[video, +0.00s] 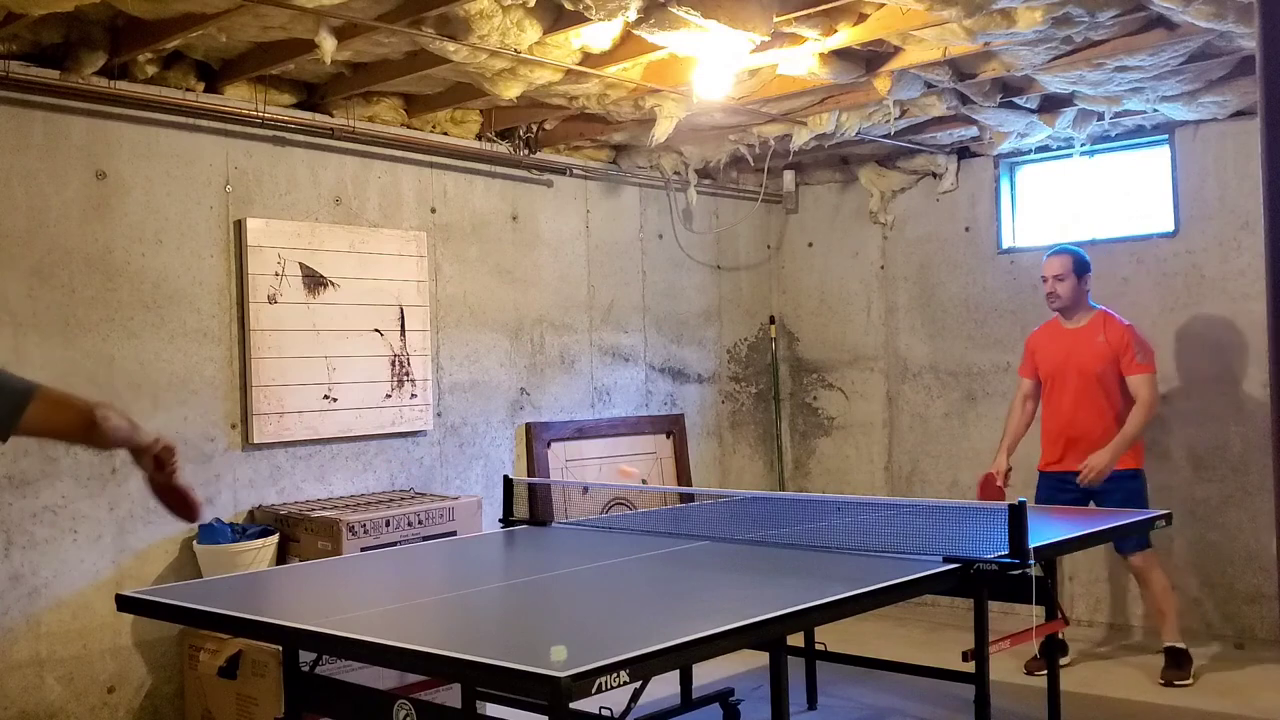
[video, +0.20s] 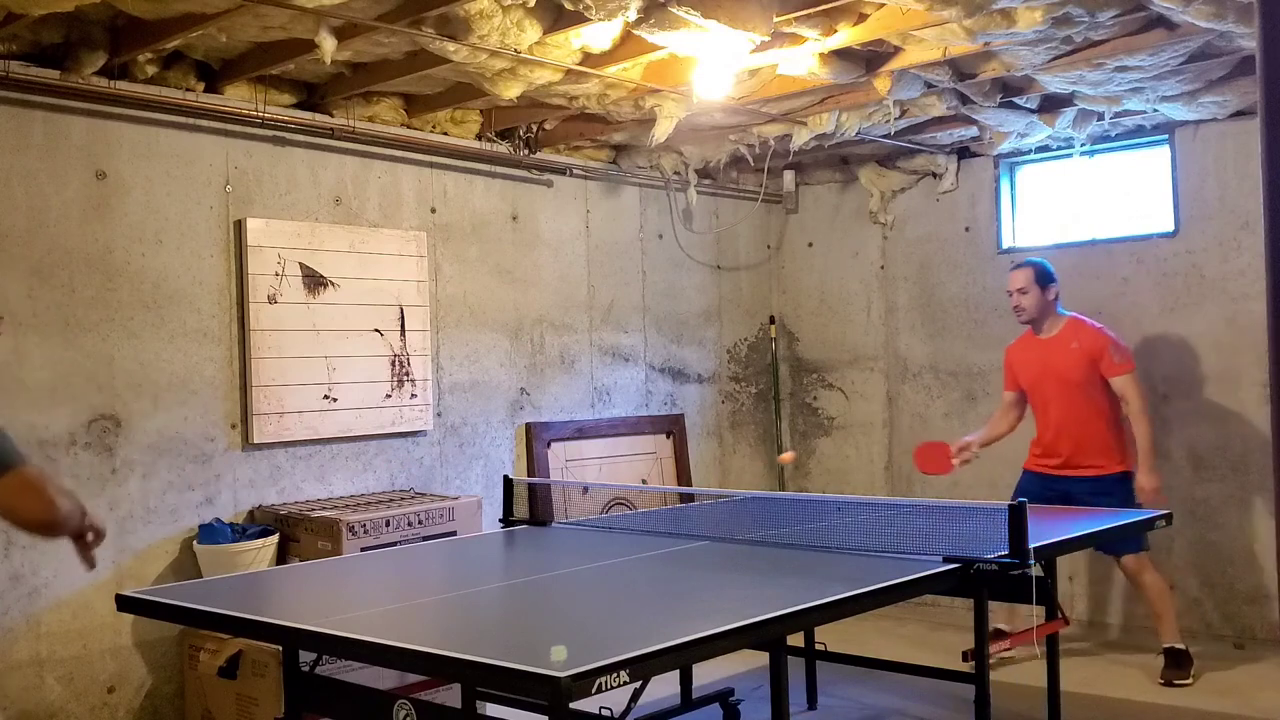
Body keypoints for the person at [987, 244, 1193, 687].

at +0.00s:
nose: (1049, 288)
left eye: (1058, 279)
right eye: (1044, 280)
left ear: (1084, 281)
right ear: (1043, 284)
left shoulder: (1119, 332)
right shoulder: (1039, 340)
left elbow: (1147, 401)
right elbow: (1026, 401)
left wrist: (1111, 452)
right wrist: (1004, 451)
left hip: (1117, 470)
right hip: (1057, 472)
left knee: (1138, 556)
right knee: (1041, 560)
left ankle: (1175, 647)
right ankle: (1052, 643)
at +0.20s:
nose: (1015, 302)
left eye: (1023, 293)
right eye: (1010, 295)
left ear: (1051, 292)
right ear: (1011, 300)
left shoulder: (1095, 339)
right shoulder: (1017, 352)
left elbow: (1134, 402)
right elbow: (1011, 410)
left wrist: (1146, 469)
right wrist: (976, 441)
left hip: (1104, 477)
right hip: (1043, 474)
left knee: (1134, 563)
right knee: (1004, 547)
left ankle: (1174, 648)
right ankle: (1008, 631)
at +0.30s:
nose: (987, 310)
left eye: (994, 300)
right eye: (983, 303)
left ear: (1023, 300)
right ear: (984, 308)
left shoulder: (1073, 342)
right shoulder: (991, 361)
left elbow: (1120, 393)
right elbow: (975, 419)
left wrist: (1156, 452)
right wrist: (935, 430)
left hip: (1090, 479)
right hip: (1027, 481)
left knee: (1126, 561)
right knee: (990, 555)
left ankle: (1174, 647)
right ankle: (980, 638)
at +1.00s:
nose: (1023, 304)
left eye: (1032, 295)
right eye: (1016, 296)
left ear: (1053, 298)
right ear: (1012, 301)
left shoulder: (1090, 349)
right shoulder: (1008, 358)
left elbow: (1123, 411)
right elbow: (999, 417)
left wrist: (1128, 477)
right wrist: (981, 472)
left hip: (1090, 484)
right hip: (1027, 483)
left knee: (1132, 564)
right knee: (984, 554)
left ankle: (1172, 647)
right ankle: (972, 639)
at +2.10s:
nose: (1001, 325)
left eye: (1000, 317)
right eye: (999, 318)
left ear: (1015, 312)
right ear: (1024, 309)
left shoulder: (1074, 349)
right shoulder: (1036, 350)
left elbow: (1097, 412)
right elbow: (1039, 415)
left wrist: (1104, 469)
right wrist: (1001, 448)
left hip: (1080, 482)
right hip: (1037, 479)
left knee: (1107, 565)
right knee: (1000, 548)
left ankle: (1169, 640)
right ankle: (996, 631)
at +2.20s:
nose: (991, 330)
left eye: (990, 322)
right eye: (989, 323)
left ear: (1004, 316)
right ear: (1013, 313)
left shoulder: (1061, 352)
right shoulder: (1031, 351)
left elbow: (1068, 423)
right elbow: (1040, 421)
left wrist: (1049, 482)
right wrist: (1013, 459)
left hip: (1080, 478)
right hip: (1038, 473)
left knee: (1102, 563)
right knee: (984, 534)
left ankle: (1169, 640)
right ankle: (981, 622)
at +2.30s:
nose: (969, 337)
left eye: (968, 327)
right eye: (966, 328)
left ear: (983, 321)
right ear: (993, 318)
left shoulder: (1036, 354)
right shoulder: (1015, 354)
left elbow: (1028, 429)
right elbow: (1028, 428)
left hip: (1069, 482)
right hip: (1026, 478)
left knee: (1102, 564)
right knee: (975, 536)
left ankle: (1168, 640)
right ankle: (954, 621)